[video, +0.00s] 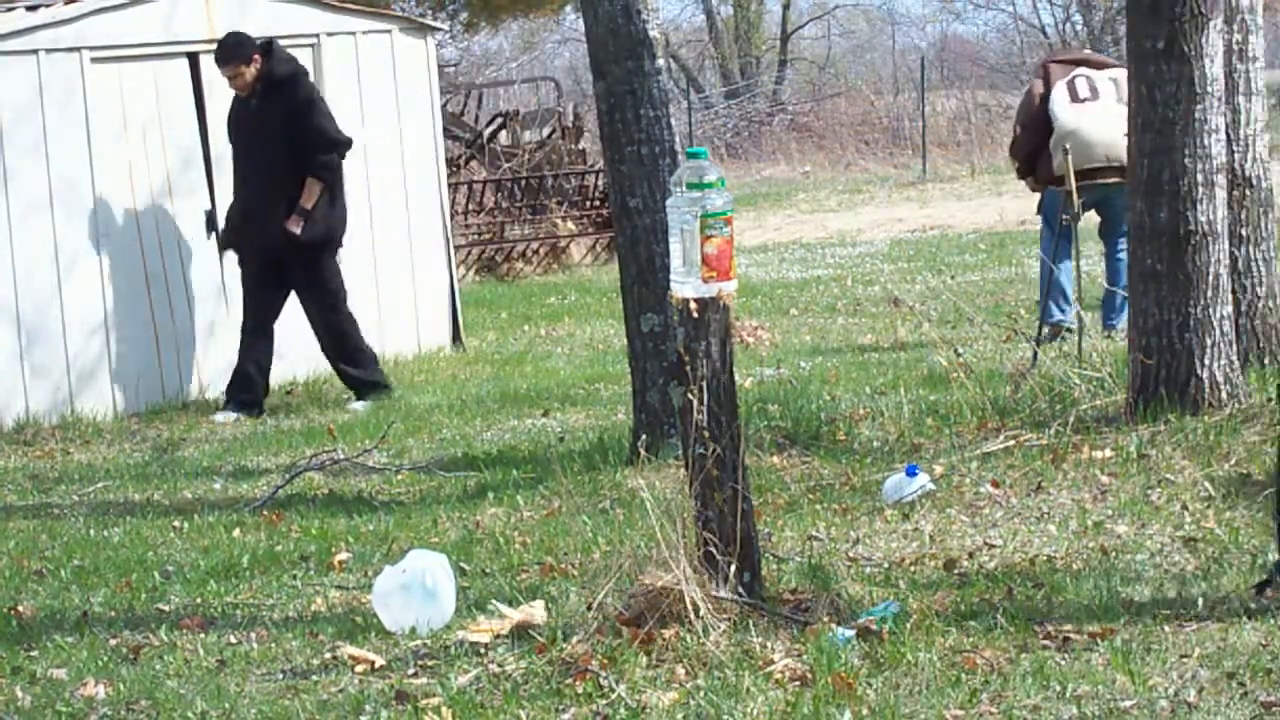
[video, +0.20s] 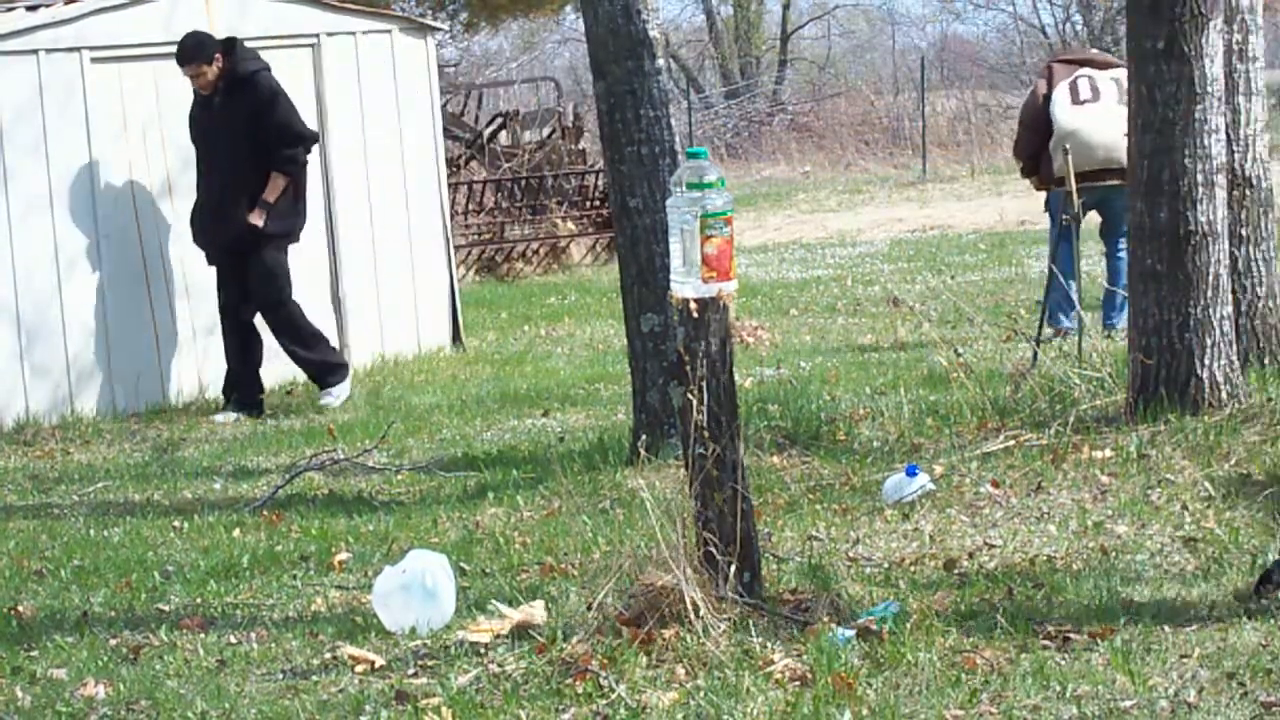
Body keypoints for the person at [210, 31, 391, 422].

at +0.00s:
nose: (232, 84)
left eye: (235, 75)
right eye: (227, 77)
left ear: (256, 62)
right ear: (228, 71)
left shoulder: (292, 89)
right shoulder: (241, 106)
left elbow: (330, 148)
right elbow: (248, 174)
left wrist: (302, 211)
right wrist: (237, 222)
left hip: (305, 229)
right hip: (261, 232)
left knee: (330, 314)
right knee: (256, 324)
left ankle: (372, 389)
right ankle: (244, 404)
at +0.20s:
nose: (194, 83)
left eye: (198, 75)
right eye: (189, 76)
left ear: (218, 62)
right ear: (186, 71)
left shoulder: (255, 85)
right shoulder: (202, 101)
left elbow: (293, 146)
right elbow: (209, 164)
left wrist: (263, 206)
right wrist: (204, 213)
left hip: (263, 219)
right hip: (224, 222)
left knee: (273, 303)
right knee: (234, 315)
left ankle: (333, 375)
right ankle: (244, 402)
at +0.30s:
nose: (180, 83)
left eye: (185, 74)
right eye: (175, 76)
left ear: (204, 61)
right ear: (173, 71)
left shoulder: (242, 85)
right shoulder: (188, 104)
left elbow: (282, 143)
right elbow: (197, 165)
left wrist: (249, 202)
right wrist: (194, 211)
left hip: (252, 219)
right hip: (213, 222)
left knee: (250, 303)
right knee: (225, 312)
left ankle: (296, 384)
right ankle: (243, 402)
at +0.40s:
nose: (169, 84)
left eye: (174, 76)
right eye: (164, 78)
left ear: (192, 62)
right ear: (162, 72)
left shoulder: (230, 84)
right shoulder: (176, 104)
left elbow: (270, 144)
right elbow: (186, 163)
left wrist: (236, 203)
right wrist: (184, 211)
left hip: (241, 220)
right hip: (205, 222)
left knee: (230, 304)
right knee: (217, 309)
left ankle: (249, 400)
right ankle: (235, 399)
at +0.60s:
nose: (149, 87)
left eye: (154, 78)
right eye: (143, 80)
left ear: (172, 64)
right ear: (137, 74)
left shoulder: (208, 91)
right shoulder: (150, 108)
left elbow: (247, 151)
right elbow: (160, 167)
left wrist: (212, 210)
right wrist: (157, 213)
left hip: (217, 220)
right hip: (179, 222)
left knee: (194, 306)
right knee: (214, 312)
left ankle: (166, 404)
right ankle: (243, 402)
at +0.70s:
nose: (138, 89)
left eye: (144, 79)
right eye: (132, 82)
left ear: (161, 66)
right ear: (125, 77)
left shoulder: (196, 99)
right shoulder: (136, 115)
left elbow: (229, 160)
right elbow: (144, 176)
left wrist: (195, 219)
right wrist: (141, 222)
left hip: (203, 226)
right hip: (164, 228)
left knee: (181, 314)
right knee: (204, 316)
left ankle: (156, 411)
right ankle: (242, 403)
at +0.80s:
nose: (124, 88)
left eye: (130, 79)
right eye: (117, 81)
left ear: (148, 66)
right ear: (112, 76)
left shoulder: (180, 98)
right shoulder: (121, 108)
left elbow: (213, 164)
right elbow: (128, 171)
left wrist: (178, 223)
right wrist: (125, 222)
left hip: (187, 227)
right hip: (145, 228)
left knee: (173, 318)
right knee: (183, 315)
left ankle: (153, 415)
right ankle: (238, 398)